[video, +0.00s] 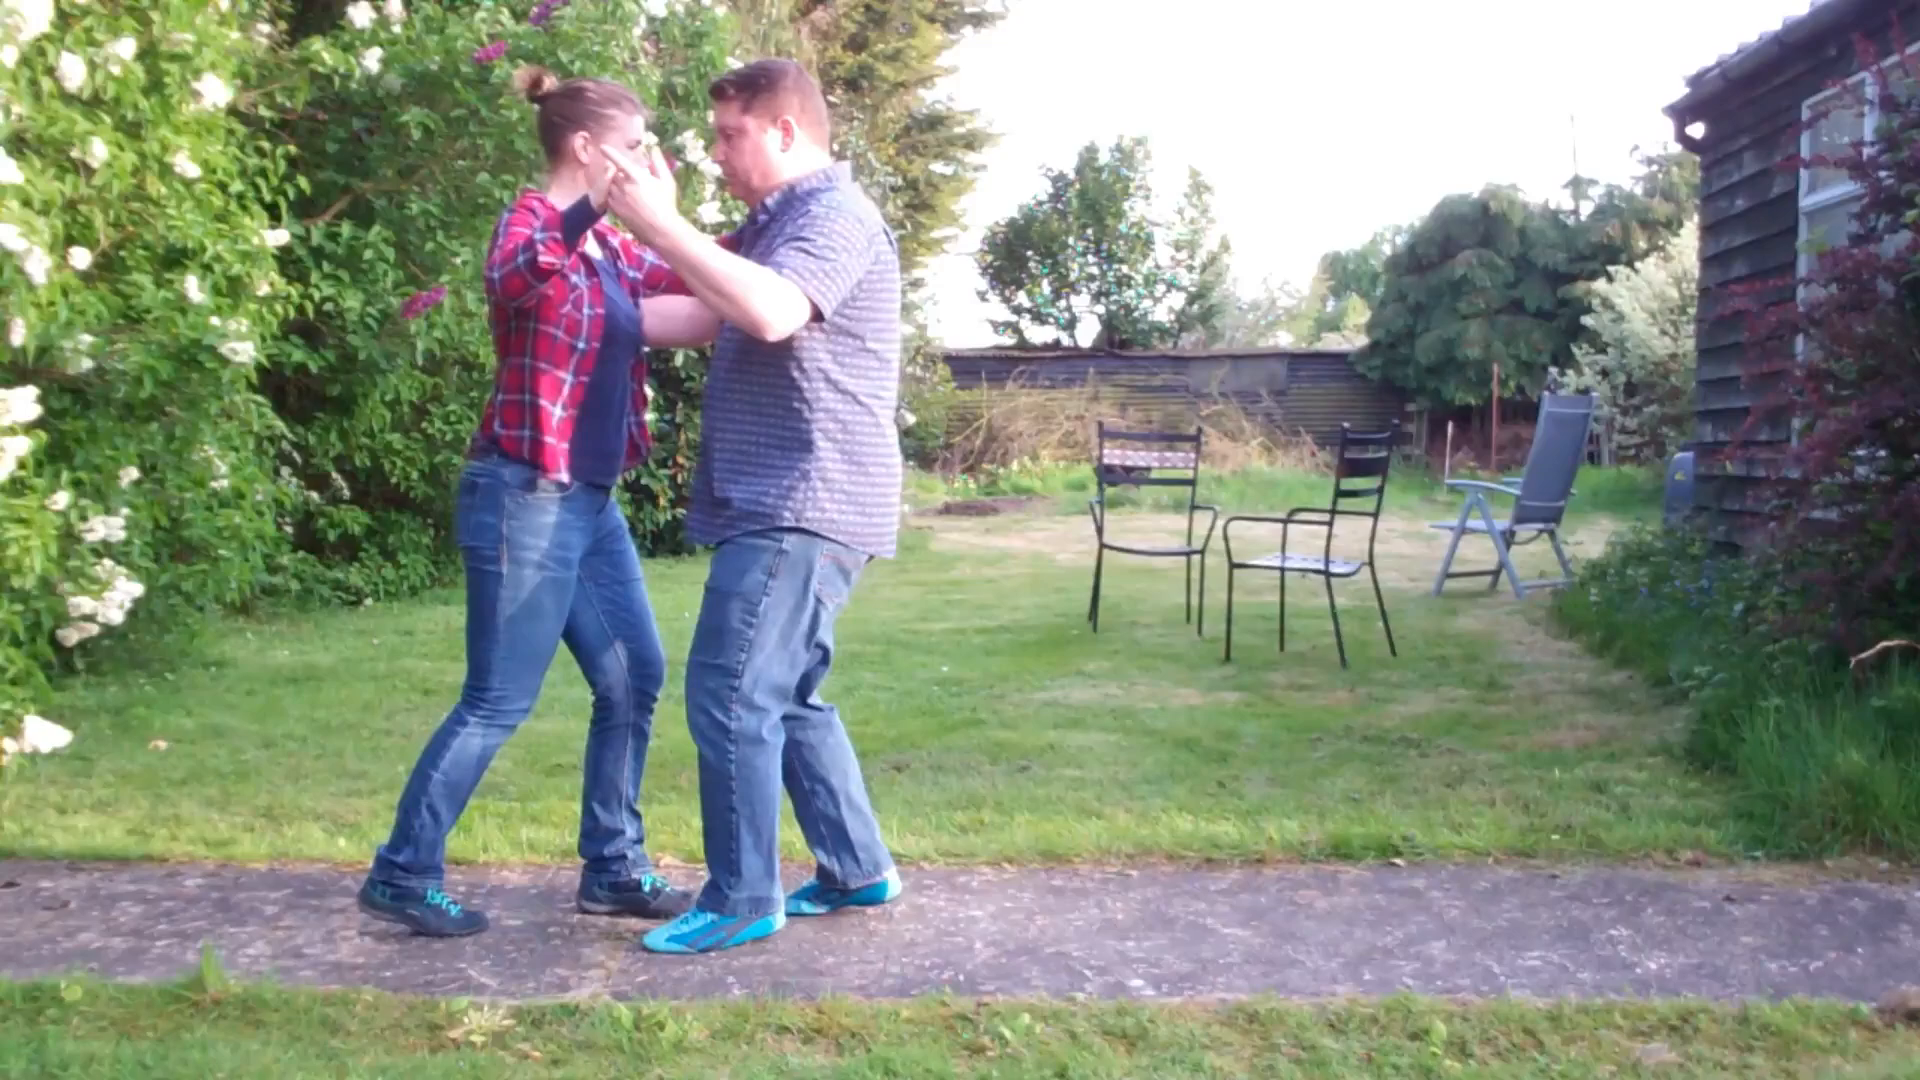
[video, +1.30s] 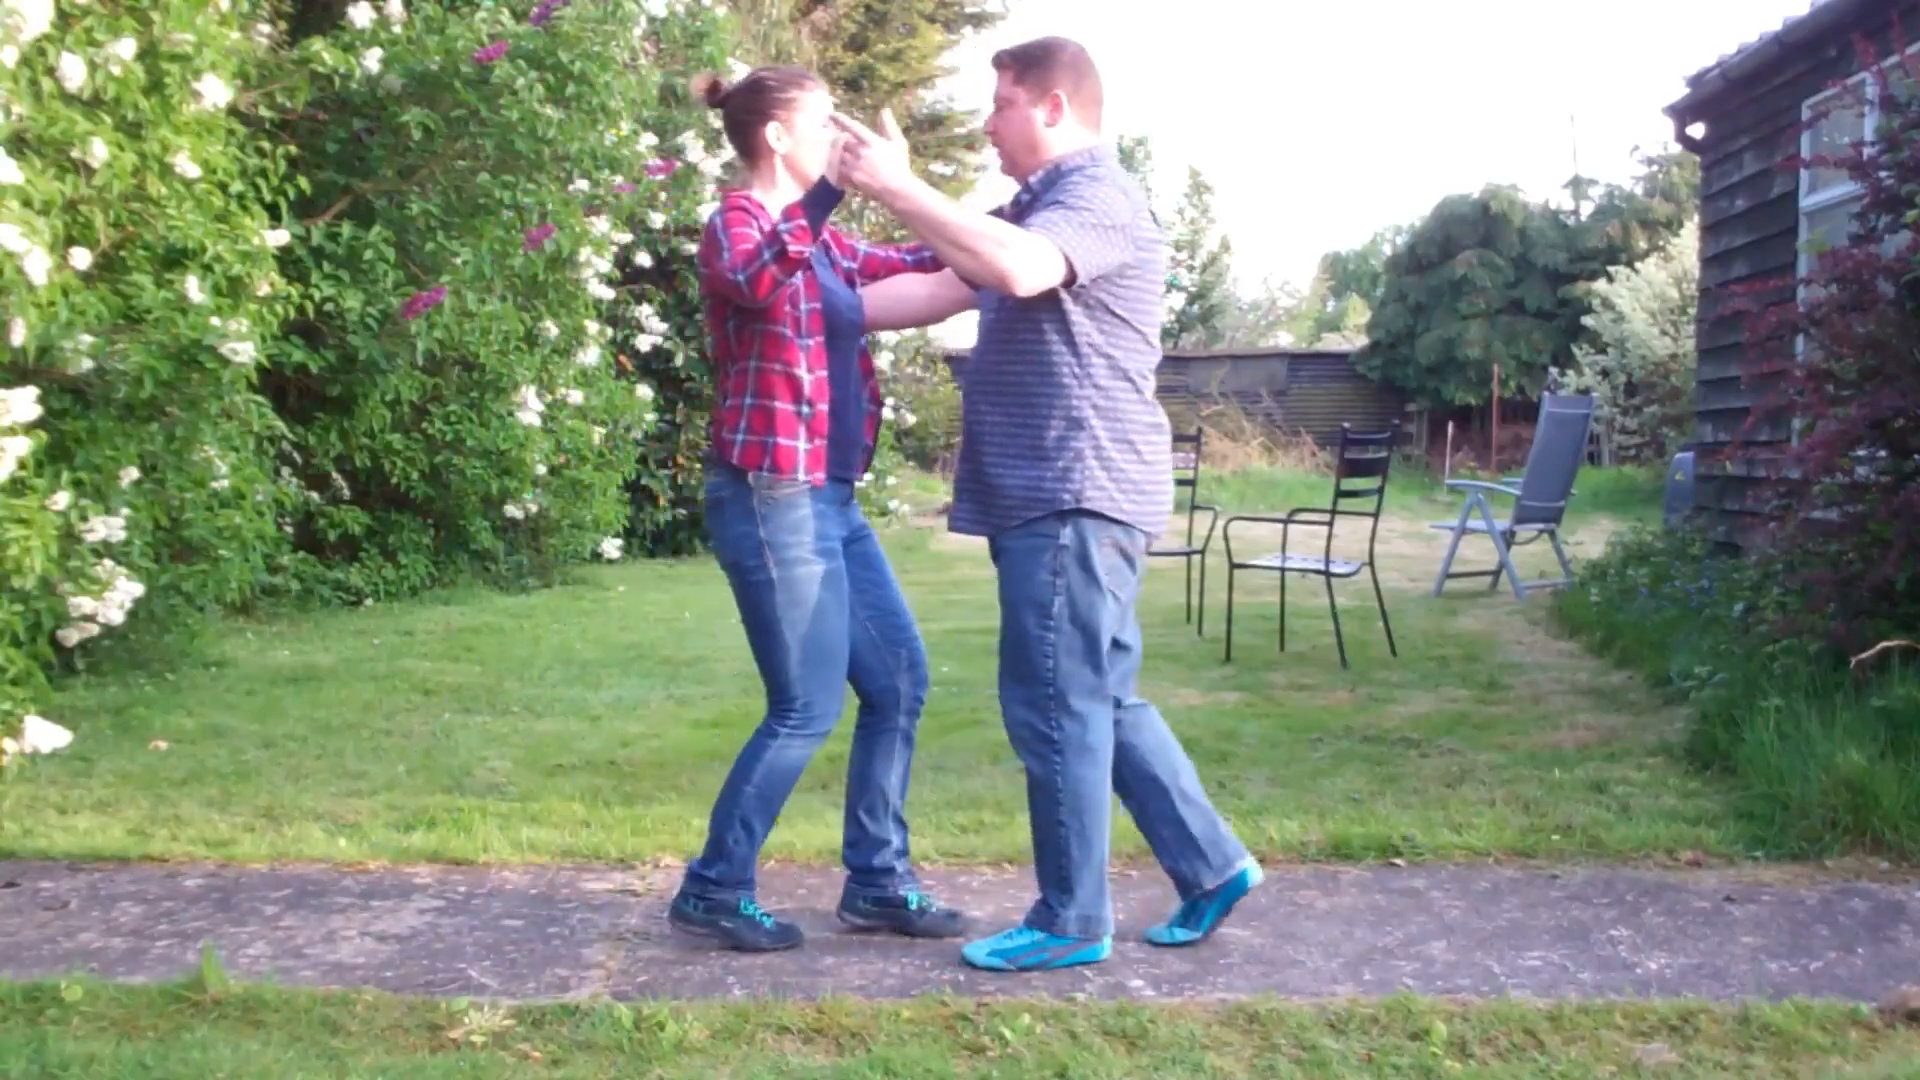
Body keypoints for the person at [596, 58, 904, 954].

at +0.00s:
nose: (717, 157)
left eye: (728, 137)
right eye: (715, 139)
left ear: (782, 129)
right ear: (781, 132)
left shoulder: (834, 214)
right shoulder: (776, 225)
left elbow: (774, 310)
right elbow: (702, 315)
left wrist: (661, 223)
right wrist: (586, 308)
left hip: (808, 506)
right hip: (776, 506)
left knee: (729, 693)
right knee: (788, 693)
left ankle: (741, 900)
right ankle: (856, 868)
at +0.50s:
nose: (764, 135)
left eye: (781, 118)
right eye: (765, 118)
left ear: (839, 121)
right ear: (824, 124)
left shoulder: (886, 208)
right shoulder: (817, 223)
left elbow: (816, 294)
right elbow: (707, 299)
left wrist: (703, 208)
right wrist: (596, 302)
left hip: (883, 495)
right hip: (842, 496)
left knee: (795, 678)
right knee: (850, 687)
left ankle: (817, 891)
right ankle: (887, 874)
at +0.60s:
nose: (793, 131)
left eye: (810, 114)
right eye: (795, 115)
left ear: (869, 119)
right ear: (851, 122)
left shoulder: (909, 208)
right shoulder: (844, 220)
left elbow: (842, 288)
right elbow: (749, 296)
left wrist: (723, 202)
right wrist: (624, 304)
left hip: (908, 496)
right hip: (865, 497)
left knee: (832, 680)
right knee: (854, 686)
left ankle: (928, 873)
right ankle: (879, 878)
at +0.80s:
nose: (856, 127)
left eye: (872, 110)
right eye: (857, 111)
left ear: (929, 116)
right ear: (907, 121)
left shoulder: (966, 200)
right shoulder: (909, 213)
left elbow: (891, 273)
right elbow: (813, 291)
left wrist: (769, 188)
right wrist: (686, 297)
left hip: (971, 495)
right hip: (924, 499)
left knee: (958, 695)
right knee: (898, 684)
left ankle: (1062, 900)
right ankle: (895, 886)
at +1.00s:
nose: (914, 128)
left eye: (928, 111)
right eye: (916, 113)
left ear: (985, 111)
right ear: (978, 114)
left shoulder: (1033, 198)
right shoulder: (969, 214)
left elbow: (948, 268)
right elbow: (870, 292)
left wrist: (827, 188)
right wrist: (739, 308)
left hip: (1029, 499)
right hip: (976, 504)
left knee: (1016, 704)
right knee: (934, 679)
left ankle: (1074, 917)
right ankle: (984, 883)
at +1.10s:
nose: (943, 128)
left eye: (955, 111)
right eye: (945, 113)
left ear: (1010, 110)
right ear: (1005, 114)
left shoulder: (1063, 199)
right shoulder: (994, 213)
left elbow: (978, 268)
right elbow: (896, 289)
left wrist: (856, 189)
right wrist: (764, 312)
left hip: (1048, 499)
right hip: (998, 503)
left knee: (1028, 703)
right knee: (964, 682)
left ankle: (1070, 920)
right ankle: (1093, 846)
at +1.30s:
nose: (988, 124)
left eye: (1000, 105)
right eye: (990, 106)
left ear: (1052, 106)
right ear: (1055, 108)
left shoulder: (1100, 195)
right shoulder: (1040, 208)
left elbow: (1022, 264)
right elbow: (935, 288)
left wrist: (898, 185)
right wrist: (802, 308)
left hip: (1079, 494)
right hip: (1046, 495)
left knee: (1055, 709)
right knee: (1101, 699)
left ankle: (1071, 921)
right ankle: (1215, 869)